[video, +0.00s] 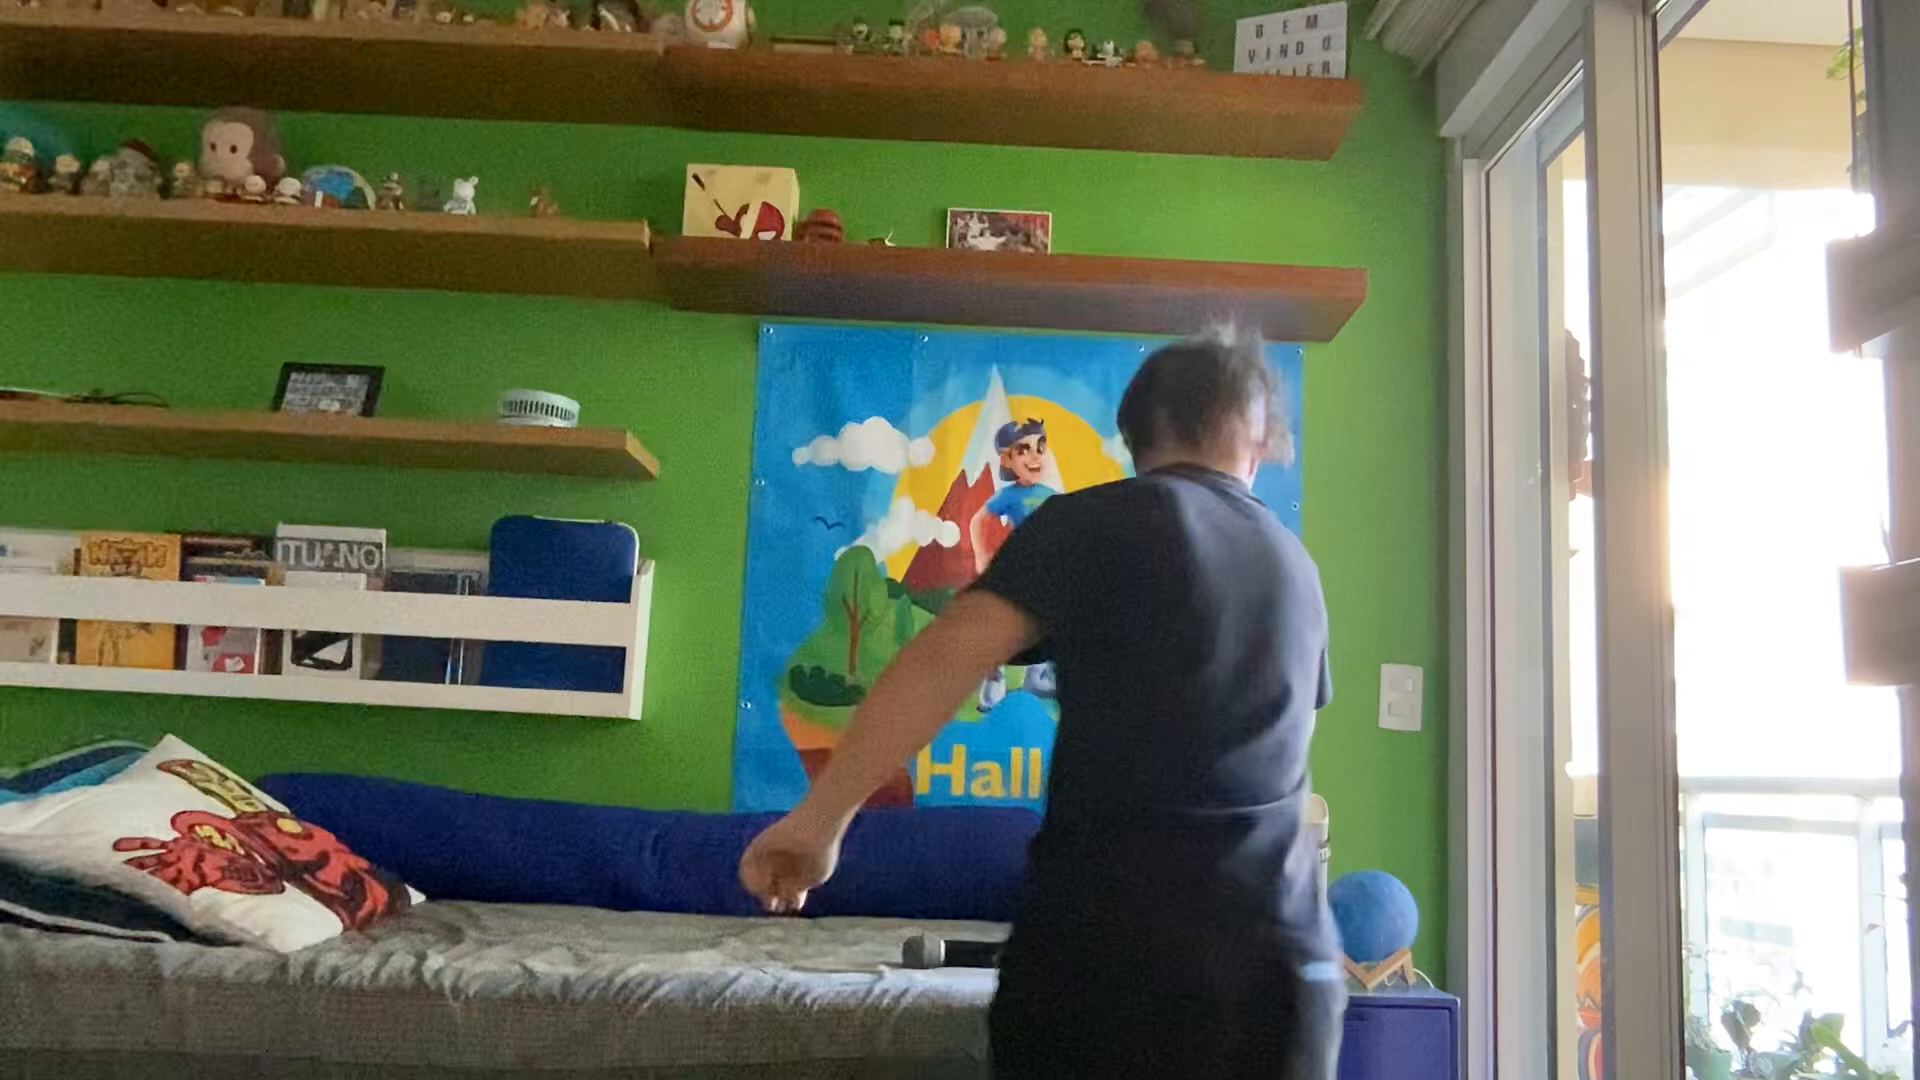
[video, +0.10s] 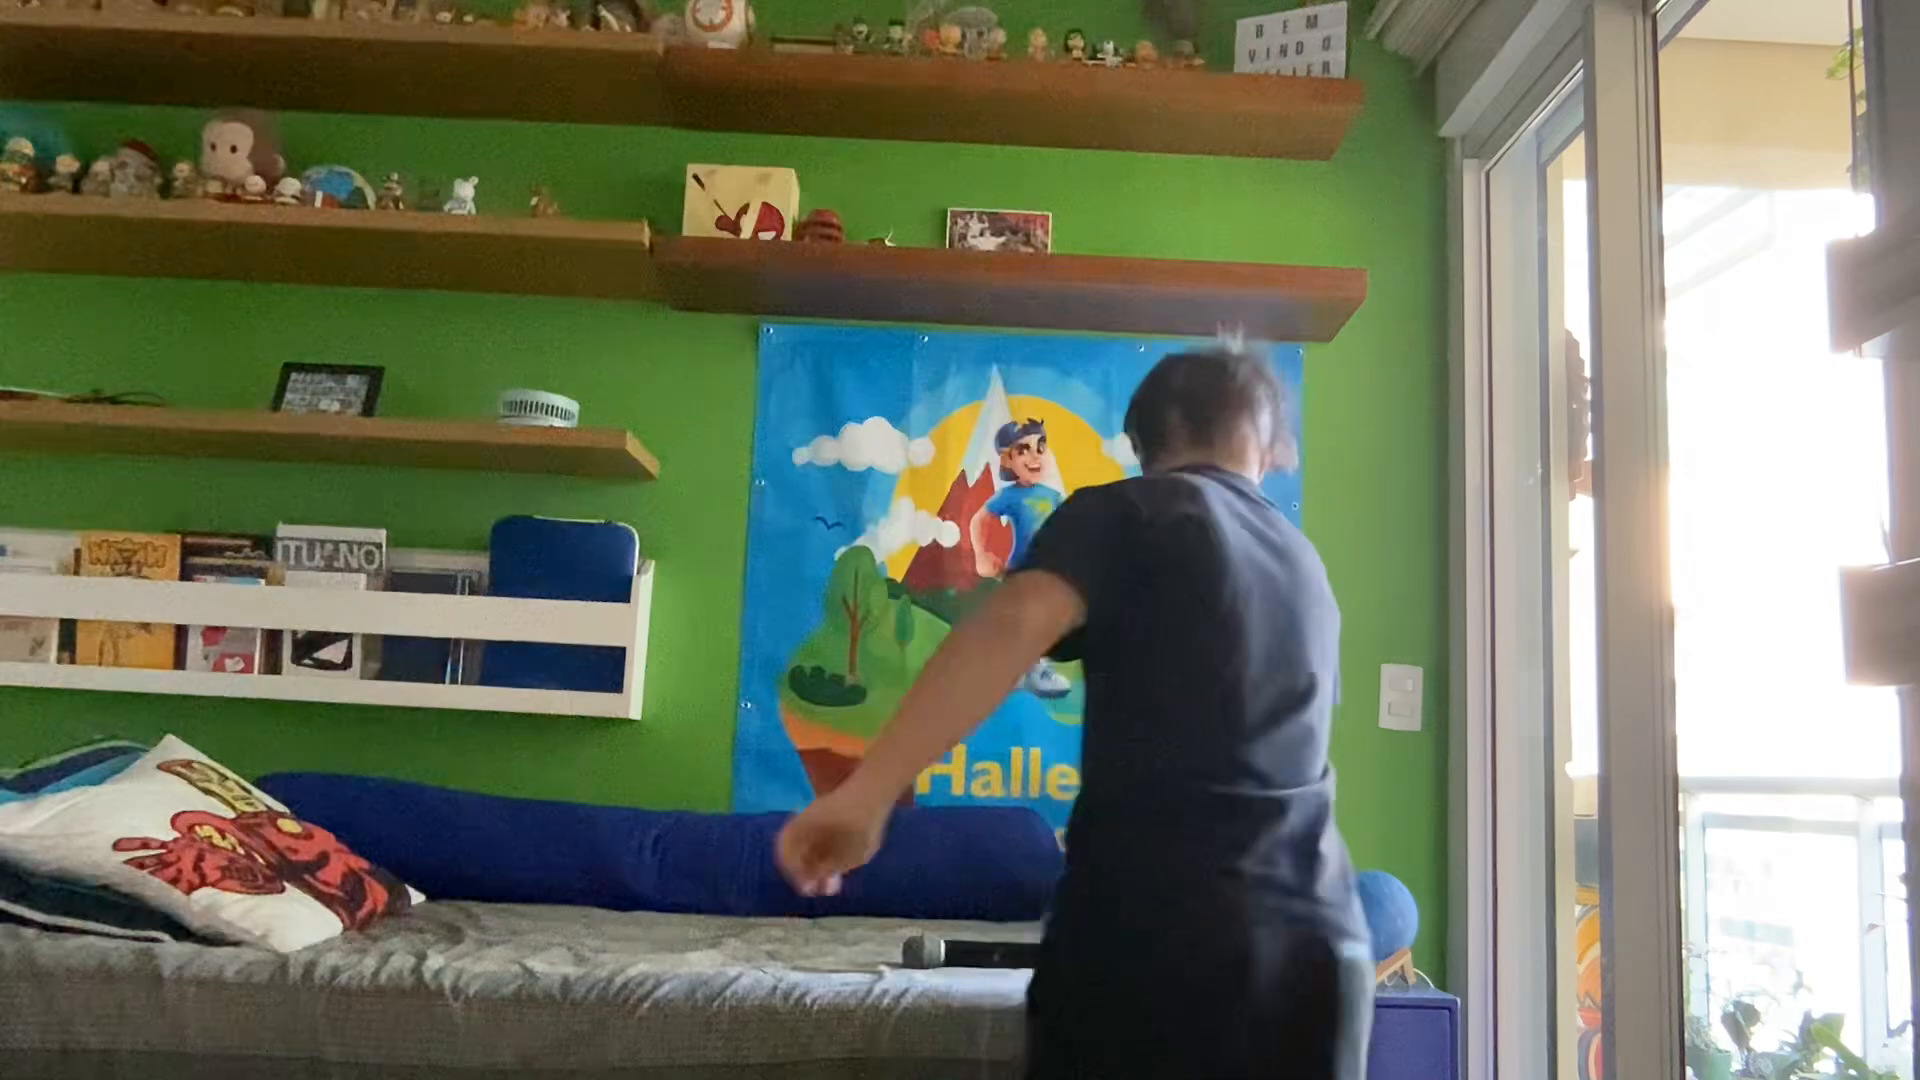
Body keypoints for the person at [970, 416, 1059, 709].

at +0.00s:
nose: (1033, 460)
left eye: (1038, 450)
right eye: (1022, 452)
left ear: (1046, 454)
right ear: (1006, 460)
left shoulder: (1051, 493)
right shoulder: (1009, 494)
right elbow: (977, 521)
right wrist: (982, 560)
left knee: (1049, 624)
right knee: (999, 624)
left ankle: (1041, 672)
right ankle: (995, 677)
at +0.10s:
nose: (1033, 459)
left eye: (1039, 450)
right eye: (1023, 451)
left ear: (1047, 454)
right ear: (1007, 460)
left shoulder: (1053, 495)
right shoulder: (1009, 495)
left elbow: (1068, 523)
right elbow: (978, 520)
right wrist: (981, 557)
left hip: (1051, 566)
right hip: (1021, 567)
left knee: (1042, 621)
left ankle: (1027, 668)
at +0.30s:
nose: (1033, 458)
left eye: (1039, 450)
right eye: (1023, 451)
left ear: (1045, 456)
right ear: (1008, 460)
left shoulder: (1051, 494)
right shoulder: (1007, 495)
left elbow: (1071, 515)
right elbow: (977, 520)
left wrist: (1074, 544)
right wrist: (981, 555)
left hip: (1049, 570)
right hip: (1019, 571)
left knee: (1043, 620)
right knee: (1010, 618)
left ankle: (1036, 669)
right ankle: (996, 668)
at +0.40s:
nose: (1033, 458)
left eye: (1039, 450)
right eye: (1023, 451)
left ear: (1045, 456)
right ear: (1007, 460)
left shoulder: (1051, 494)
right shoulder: (1007, 495)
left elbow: (1071, 514)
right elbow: (977, 521)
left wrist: (1074, 544)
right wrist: (981, 556)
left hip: (1049, 570)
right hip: (1020, 571)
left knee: (1043, 619)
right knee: (1010, 618)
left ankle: (1037, 670)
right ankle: (996, 672)